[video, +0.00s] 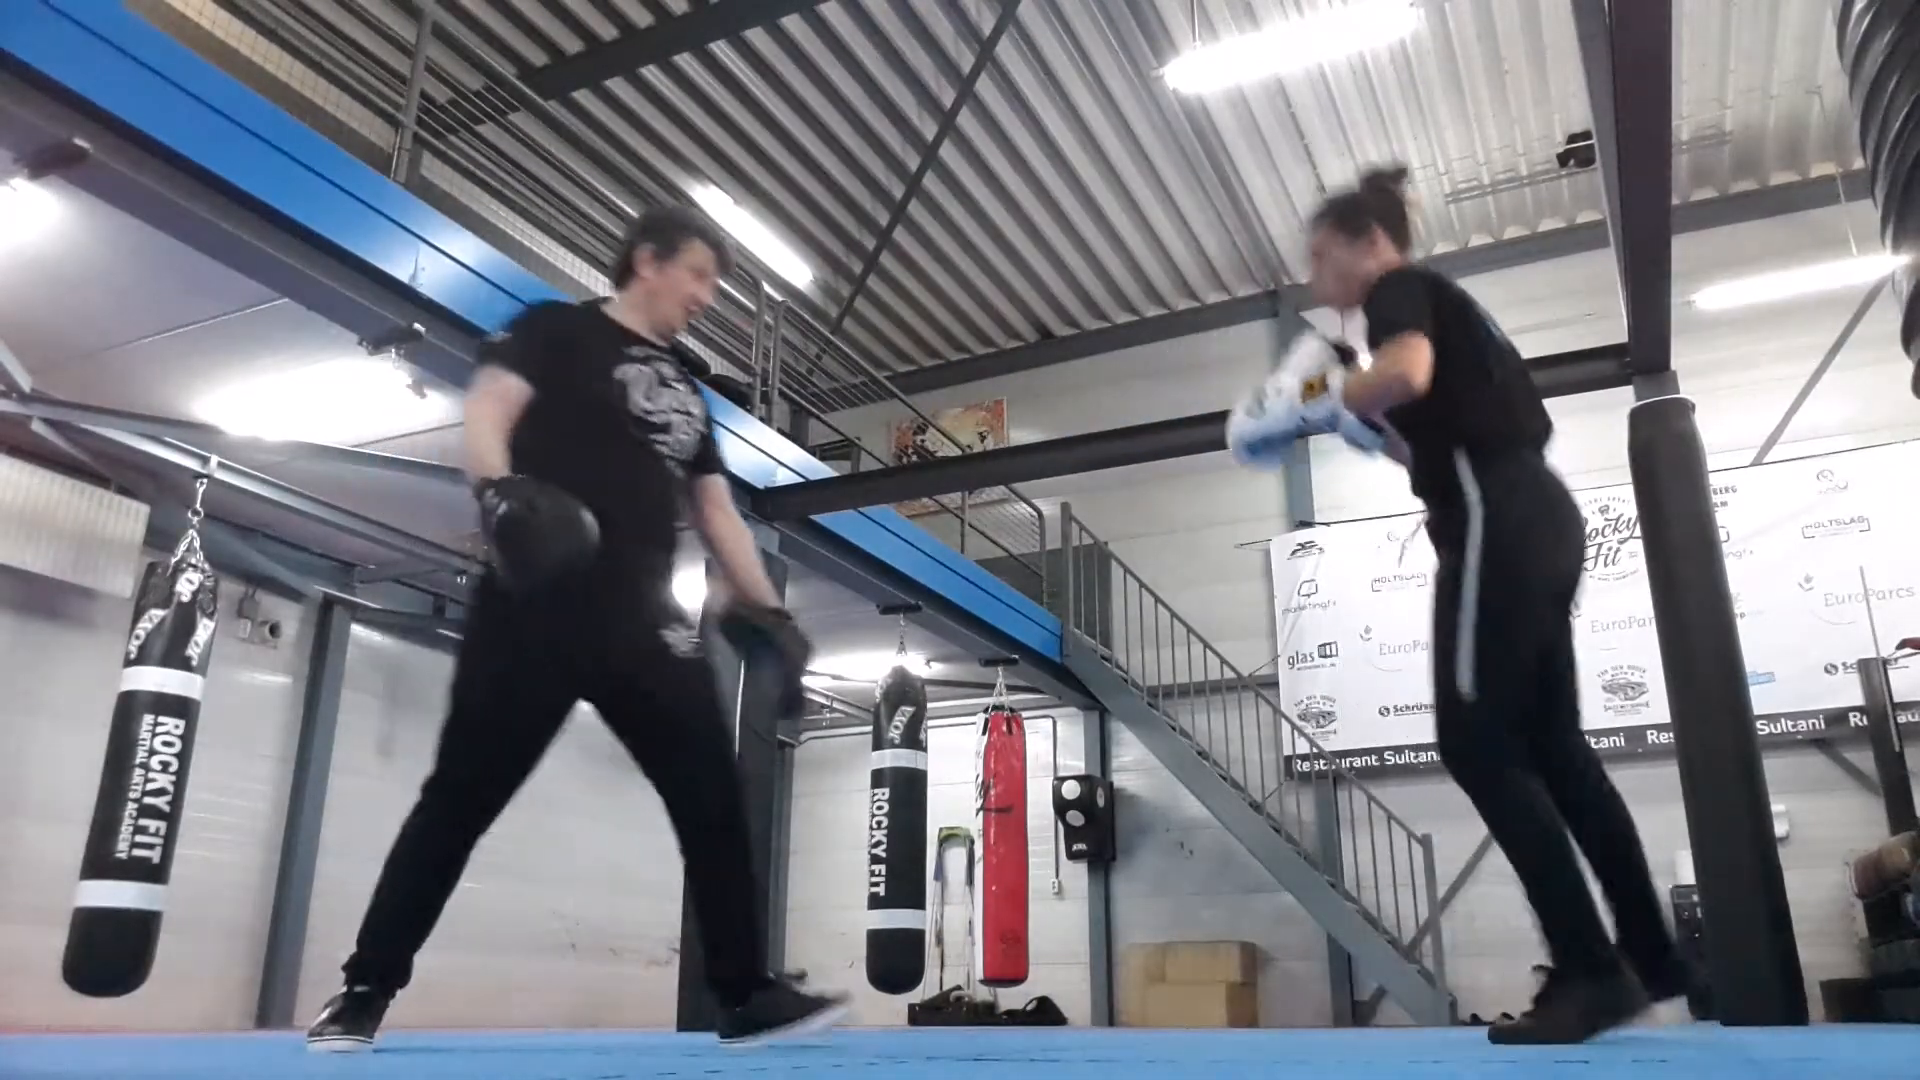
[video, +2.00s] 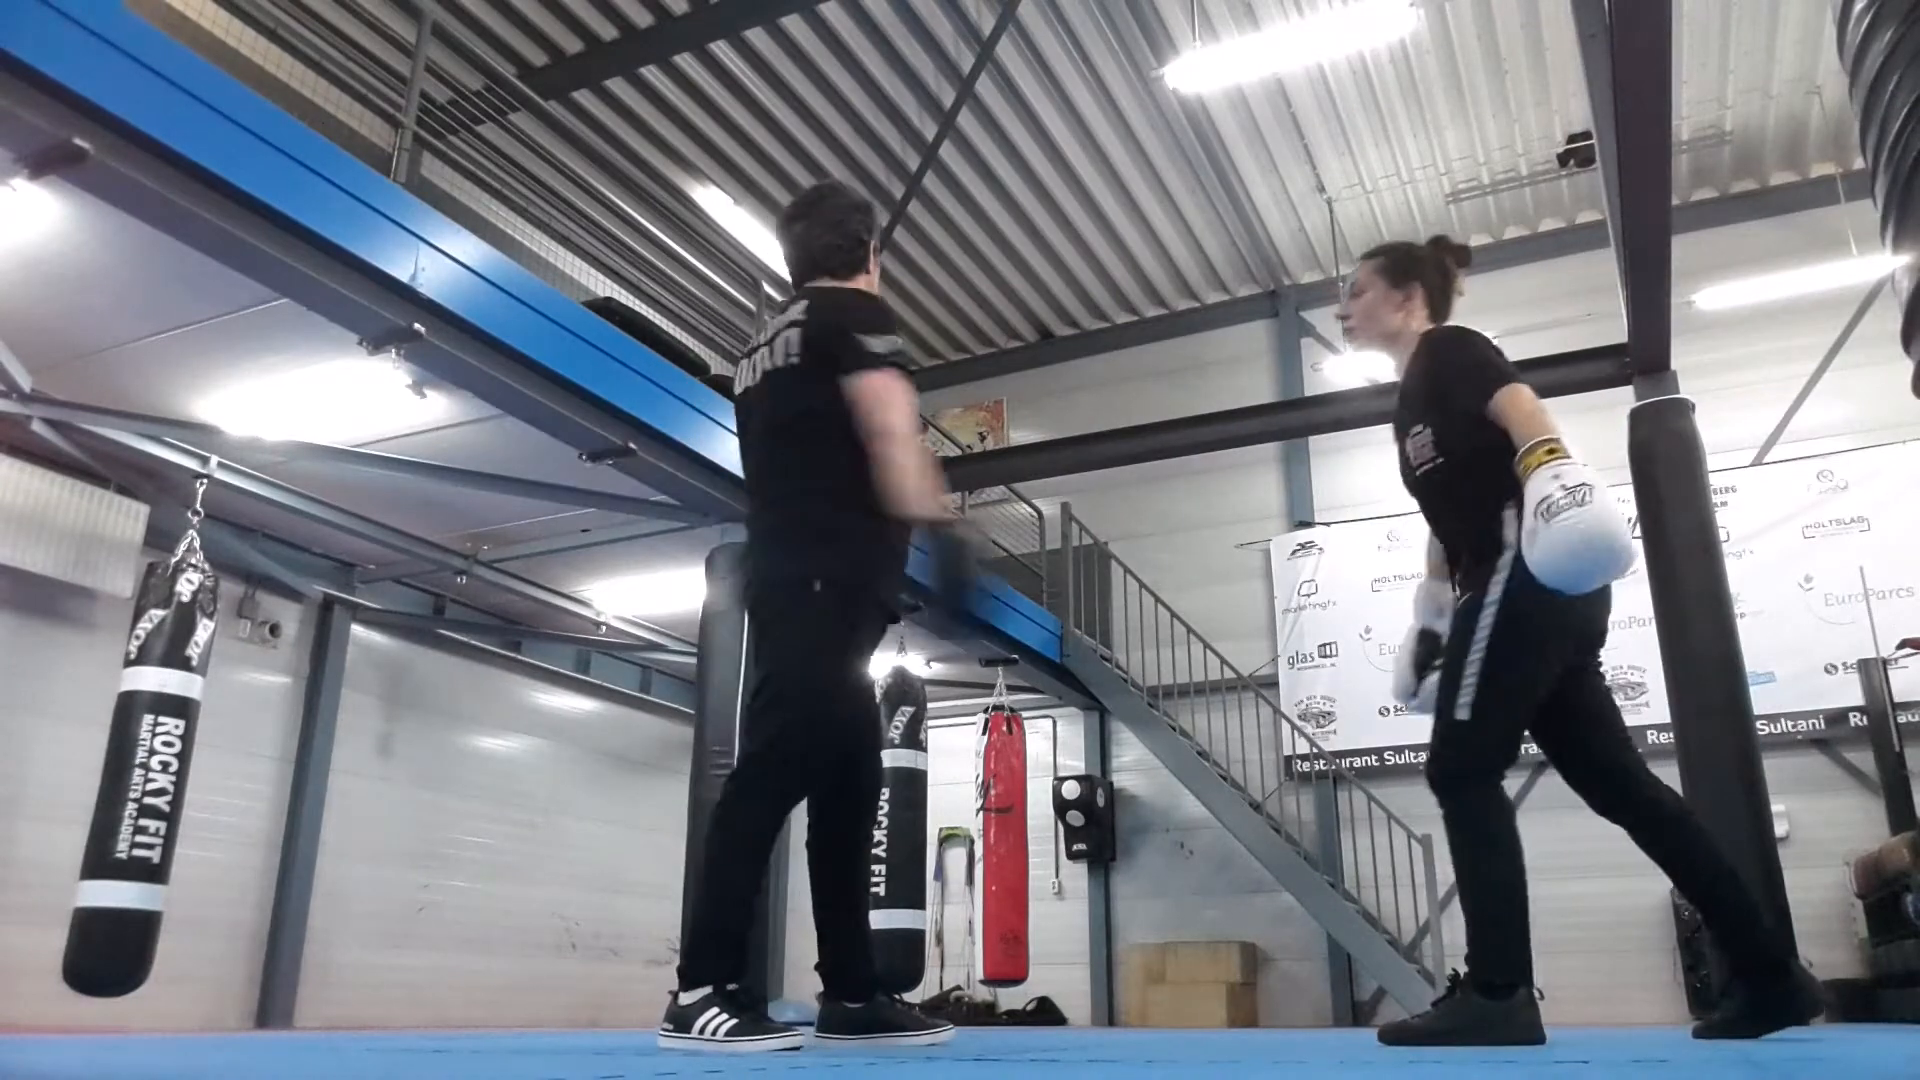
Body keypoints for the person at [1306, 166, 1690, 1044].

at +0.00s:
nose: (1315, 281)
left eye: (1321, 259)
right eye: (1312, 264)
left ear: (1368, 243)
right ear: (1385, 250)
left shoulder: (1398, 288)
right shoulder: (1437, 302)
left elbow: (1412, 368)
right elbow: (1428, 445)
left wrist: (1333, 387)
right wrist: (1342, 405)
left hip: (1495, 522)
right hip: (1538, 514)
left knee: (1475, 746)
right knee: (1554, 746)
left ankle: (1588, 972)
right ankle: (1652, 956)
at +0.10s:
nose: (1355, 335)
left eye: (1359, 315)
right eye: (1350, 319)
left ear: (1405, 304)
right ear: (1420, 308)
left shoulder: (1432, 369)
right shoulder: (1472, 372)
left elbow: (1444, 447)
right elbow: (1438, 485)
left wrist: (1360, 445)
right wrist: (1372, 443)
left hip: (1521, 600)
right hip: (1559, 592)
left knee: (1453, 785)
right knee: (1553, 803)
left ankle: (1588, 979)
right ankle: (1665, 985)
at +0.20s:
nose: (1370, 374)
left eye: (1376, 354)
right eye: (1368, 357)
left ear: (1425, 345)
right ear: (1427, 347)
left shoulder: (1464, 398)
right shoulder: (1471, 409)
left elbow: (1484, 494)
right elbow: (1467, 524)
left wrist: (1386, 482)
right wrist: (1396, 491)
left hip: (1533, 627)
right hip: (1557, 629)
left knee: (1392, 752)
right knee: (1543, 827)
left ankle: (1529, 937)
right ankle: (1669, 998)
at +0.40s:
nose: (1350, 317)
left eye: (1356, 298)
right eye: (1346, 303)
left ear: (1407, 283)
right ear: (1415, 290)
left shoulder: (1425, 333)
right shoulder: (1461, 350)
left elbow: (1443, 420)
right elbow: (1423, 468)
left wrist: (1352, 415)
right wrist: (1348, 433)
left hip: (1486, 553)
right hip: (1545, 551)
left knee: (1422, 750)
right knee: (1552, 765)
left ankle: (1402, 964)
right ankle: (1655, 958)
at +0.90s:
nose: (1421, 316)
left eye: (1429, 296)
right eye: (1419, 299)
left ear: (1475, 287)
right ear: (1488, 294)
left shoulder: (1493, 343)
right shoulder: (1531, 356)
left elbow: (1515, 420)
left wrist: (1415, 447)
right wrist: (1432, 403)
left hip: (1539, 566)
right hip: (1592, 566)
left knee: (1440, 748)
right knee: (1633, 773)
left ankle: (1447, 957)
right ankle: (1772, 966)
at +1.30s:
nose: (1453, 303)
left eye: (1464, 288)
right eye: (1454, 290)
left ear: (1514, 286)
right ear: (1518, 295)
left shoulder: (1533, 339)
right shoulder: (1535, 360)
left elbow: (1582, 409)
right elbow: (1530, 486)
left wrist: (1487, 460)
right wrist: (1451, 495)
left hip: (1550, 574)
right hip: (1596, 575)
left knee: (1488, 763)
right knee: (1644, 779)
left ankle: (1491, 983)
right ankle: (1777, 976)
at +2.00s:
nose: (1345, 306)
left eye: (1358, 292)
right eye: (1346, 294)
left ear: (1407, 296)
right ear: (1396, 303)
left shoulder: (1447, 349)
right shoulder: (1412, 399)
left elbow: (1516, 407)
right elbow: (1451, 519)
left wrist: (1555, 476)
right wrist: (1431, 618)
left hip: (1527, 576)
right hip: (1526, 589)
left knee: (1461, 769)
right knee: (1619, 786)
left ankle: (1496, 996)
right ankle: (1768, 973)